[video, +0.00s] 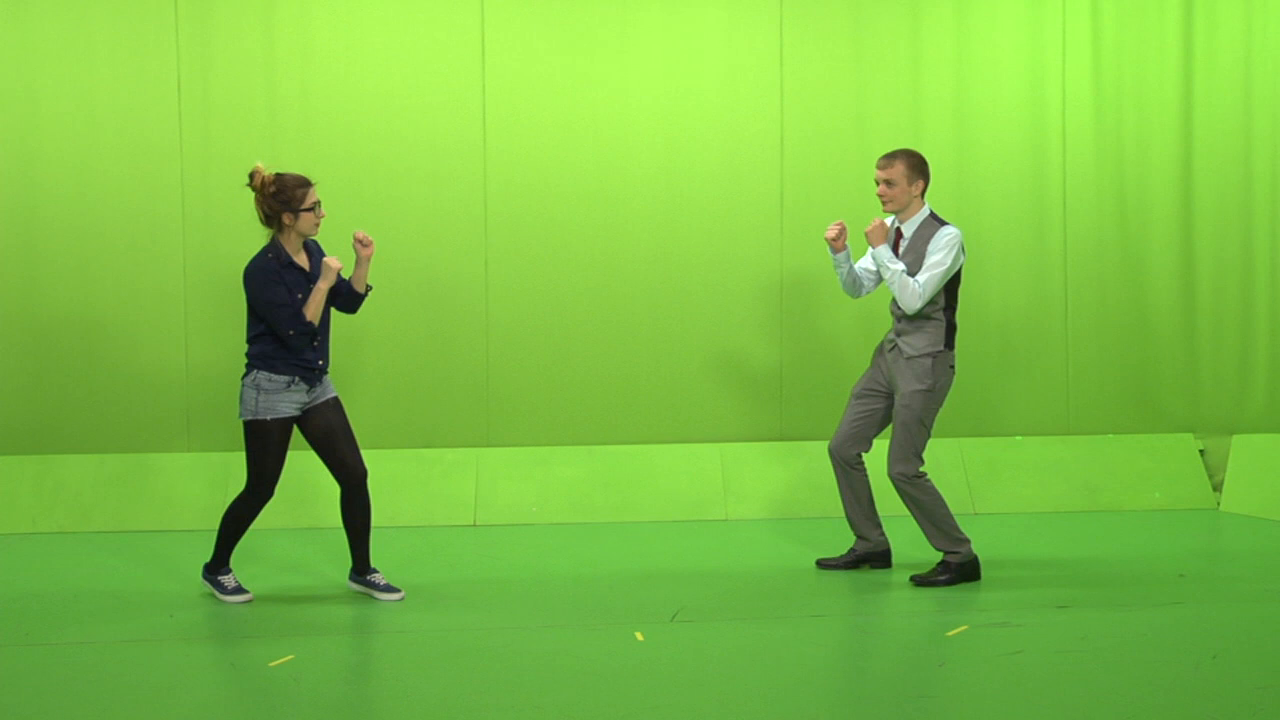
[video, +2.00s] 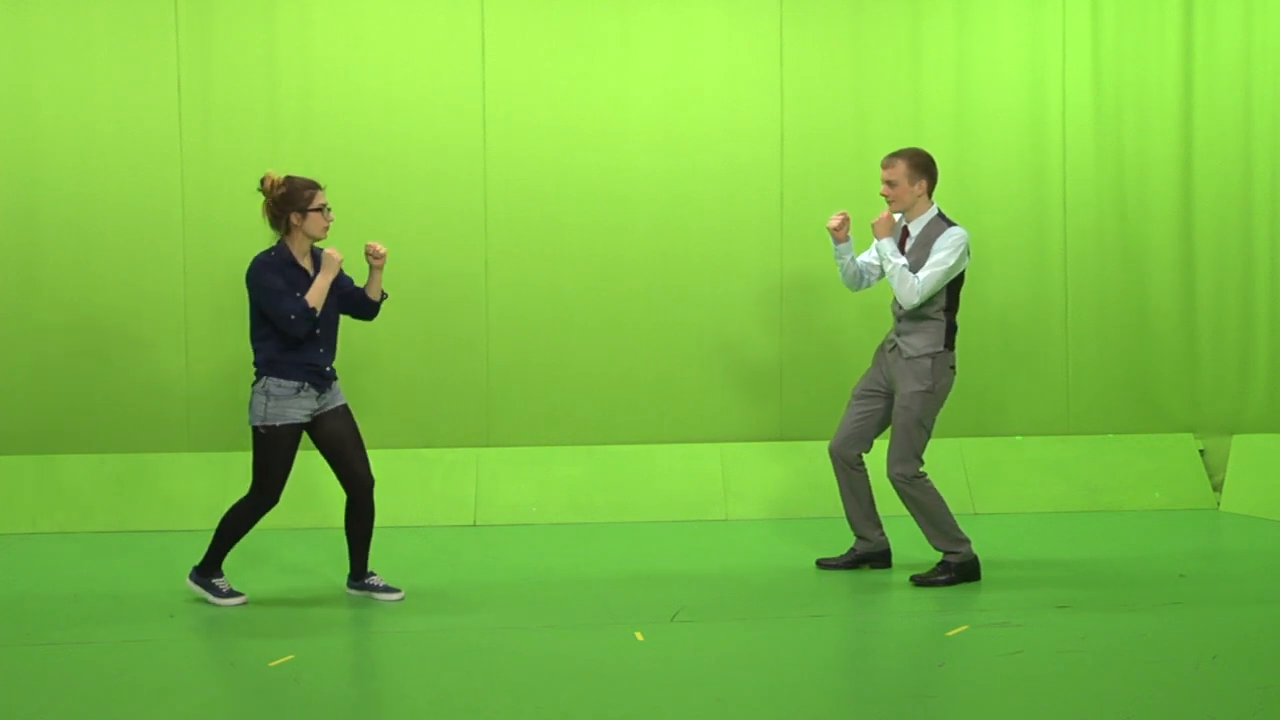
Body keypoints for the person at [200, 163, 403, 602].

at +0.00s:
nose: (321, 213)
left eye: (319, 206)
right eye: (313, 208)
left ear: (297, 217)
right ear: (287, 219)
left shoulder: (314, 255)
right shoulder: (261, 271)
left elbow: (347, 303)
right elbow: (298, 333)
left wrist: (363, 262)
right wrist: (323, 283)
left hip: (314, 385)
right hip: (269, 387)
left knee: (354, 474)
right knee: (260, 487)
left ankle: (362, 570)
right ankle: (217, 567)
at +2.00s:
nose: (329, 218)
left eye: (328, 210)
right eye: (320, 211)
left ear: (310, 217)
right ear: (294, 218)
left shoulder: (323, 264)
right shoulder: (265, 269)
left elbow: (365, 310)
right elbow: (297, 325)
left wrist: (376, 271)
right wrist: (328, 276)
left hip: (324, 390)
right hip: (279, 392)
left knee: (361, 484)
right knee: (265, 494)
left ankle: (359, 575)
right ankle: (206, 571)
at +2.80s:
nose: (396, 214)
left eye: (394, 206)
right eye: (387, 209)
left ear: (377, 217)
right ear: (362, 219)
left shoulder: (388, 267)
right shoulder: (332, 269)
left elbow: (421, 321)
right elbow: (347, 330)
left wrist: (431, 276)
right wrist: (382, 283)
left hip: (370, 393)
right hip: (325, 391)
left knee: (385, 489)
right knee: (296, 492)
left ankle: (361, 574)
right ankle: (223, 562)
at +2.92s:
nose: (408, 179)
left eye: (406, 172)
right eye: (400, 174)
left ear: (389, 183)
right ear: (375, 183)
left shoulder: (406, 234)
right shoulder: (346, 234)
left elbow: (446, 276)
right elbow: (361, 292)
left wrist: (444, 229)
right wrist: (398, 244)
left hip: (401, 360)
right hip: (356, 359)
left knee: (410, 461)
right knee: (333, 462)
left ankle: (379, 555)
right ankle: (273, 541)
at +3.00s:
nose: (423, 171)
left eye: (421, 162)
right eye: (413, 165)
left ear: (405, 173)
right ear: (388, 175)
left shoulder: (416, 221)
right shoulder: (360, 225)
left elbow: (456, 271)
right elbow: (384, 278)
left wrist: (461, 223)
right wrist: (415, 230)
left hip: (416, 347)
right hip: (370, 349)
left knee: (440, 447)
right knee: (359, 458)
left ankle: (417, 540)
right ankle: (315, 548)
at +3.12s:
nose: (446, 187)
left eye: (444, 180)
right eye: (436, 181)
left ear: (426, 190)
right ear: (412, 191)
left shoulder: (436, 238)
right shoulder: (384, 241)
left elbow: (475, 293)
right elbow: (422, 290)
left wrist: (489, 250)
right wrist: (441, 240)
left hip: (440, 361)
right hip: (395, 365)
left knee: (473, 459)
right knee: (391, 474)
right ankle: (337, 558)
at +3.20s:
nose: (464, 210)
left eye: (461, 203)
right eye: (454, 205)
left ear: (437, 215)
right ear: (429, 216)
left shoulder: (448, 263)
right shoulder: (403, 265)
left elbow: (487, 319)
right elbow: (439, 317)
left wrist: (505, 275)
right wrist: (461, 266)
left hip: (461, 384)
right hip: (417, 387)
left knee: (497, 477)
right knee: (404, 497)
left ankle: (499, 570)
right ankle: (333, 561)